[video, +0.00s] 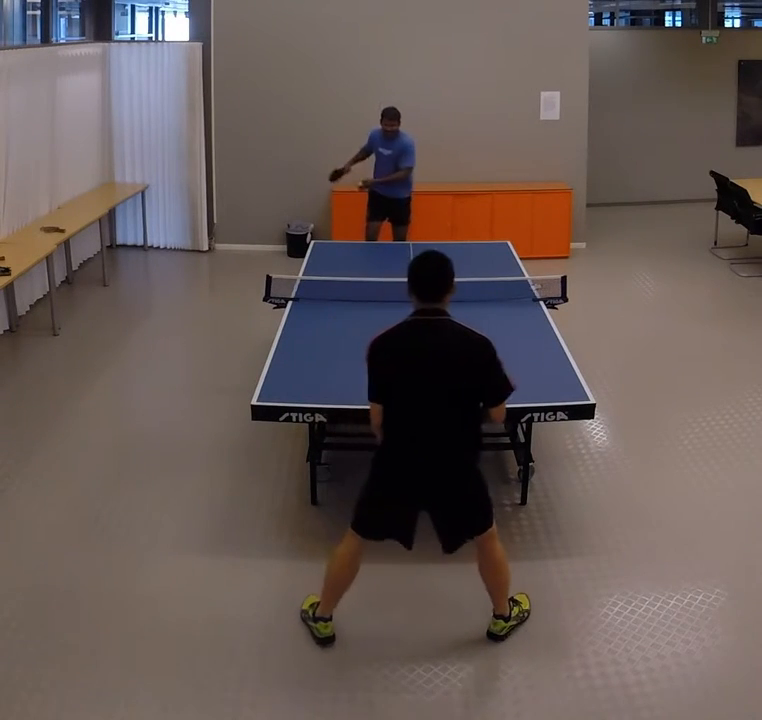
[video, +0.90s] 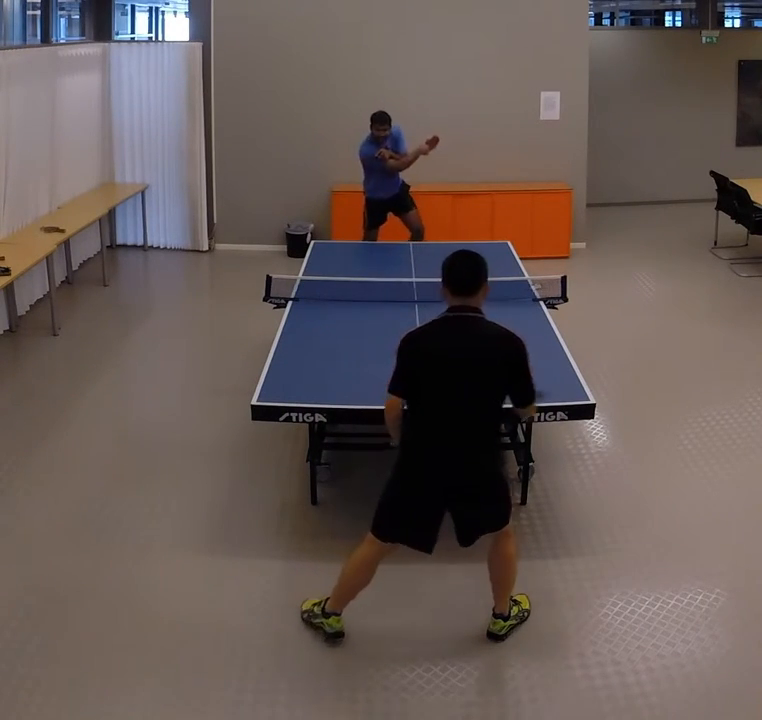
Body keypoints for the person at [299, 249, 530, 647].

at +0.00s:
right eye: (448, 282)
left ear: (409, 289)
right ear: (452, 288)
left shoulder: (384, 345)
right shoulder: (475, 346)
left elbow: (377, 418)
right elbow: (497, 413)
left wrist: (394, 446)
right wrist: (465, 392)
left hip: (396, 466)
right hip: (455, 466)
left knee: (356, 538)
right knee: (486, 536)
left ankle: (322, 617)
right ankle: (502, 615)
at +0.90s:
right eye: (484, 282)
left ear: (442, 288)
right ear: (485, 288)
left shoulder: (416, 341)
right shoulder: (507, 343)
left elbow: (392, 409)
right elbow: (527, 409)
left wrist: (404, 446)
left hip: (421, 462)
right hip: (478, 464)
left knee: (376, 543)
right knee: (501, 532)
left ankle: (331, 612)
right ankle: (503, 613)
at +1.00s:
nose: (490, 283)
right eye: (494, 277)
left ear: (450, 282)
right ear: (493, 281)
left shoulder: (424, 332)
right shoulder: (515, 334)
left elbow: (400, 399)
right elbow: (544, 409)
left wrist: (407, 438)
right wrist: (558, 431)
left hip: (434, 454)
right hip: (492, 458)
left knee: (393, 539)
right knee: (505, 532)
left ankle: (357, 620)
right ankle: (502, 613)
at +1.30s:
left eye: (453, 273)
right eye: (494, 272)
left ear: (452, 279)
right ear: (496, 278)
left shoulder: (430, 333)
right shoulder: (514, 331)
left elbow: (417, 403)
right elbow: (503, 386)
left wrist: (416, 442)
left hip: (440, 450)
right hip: (494, 452)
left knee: (396, 533)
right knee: (501, 538)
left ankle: (364, 616)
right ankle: (504, 613)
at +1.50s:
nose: (425, 290)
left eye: (424, 284)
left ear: (424, 290)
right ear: (466, 290)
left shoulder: (403, 349)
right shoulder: (485, 344)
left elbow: (392, 423)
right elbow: (454, 381)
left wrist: (388, 455)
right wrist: (393, 364)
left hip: (413, 465)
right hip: (465, 463)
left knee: (361, 549)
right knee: (488, 535)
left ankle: (317, 627)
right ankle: (503, 612)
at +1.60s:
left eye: (399, 292)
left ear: (397, 297)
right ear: (440, 299)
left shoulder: (372, 356)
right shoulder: (461, 357)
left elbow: (360, 428)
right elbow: (462, 417)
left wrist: (370, 468)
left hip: (385, 478)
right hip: (442, 477)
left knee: (340, 553)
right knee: (477, 543)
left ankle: (311, 640)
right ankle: (501, 614)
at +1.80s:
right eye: (415, 291)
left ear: (375, 296)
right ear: (420, 297)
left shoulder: (346, 353)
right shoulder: (442, 357)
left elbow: (329, 425)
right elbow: (466, 422)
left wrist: (336, 463)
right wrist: (431, 426)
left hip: (356, 479)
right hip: (416, 479)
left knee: (326, 555)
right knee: (451, 544)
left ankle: (308, 640)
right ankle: (454, 631)